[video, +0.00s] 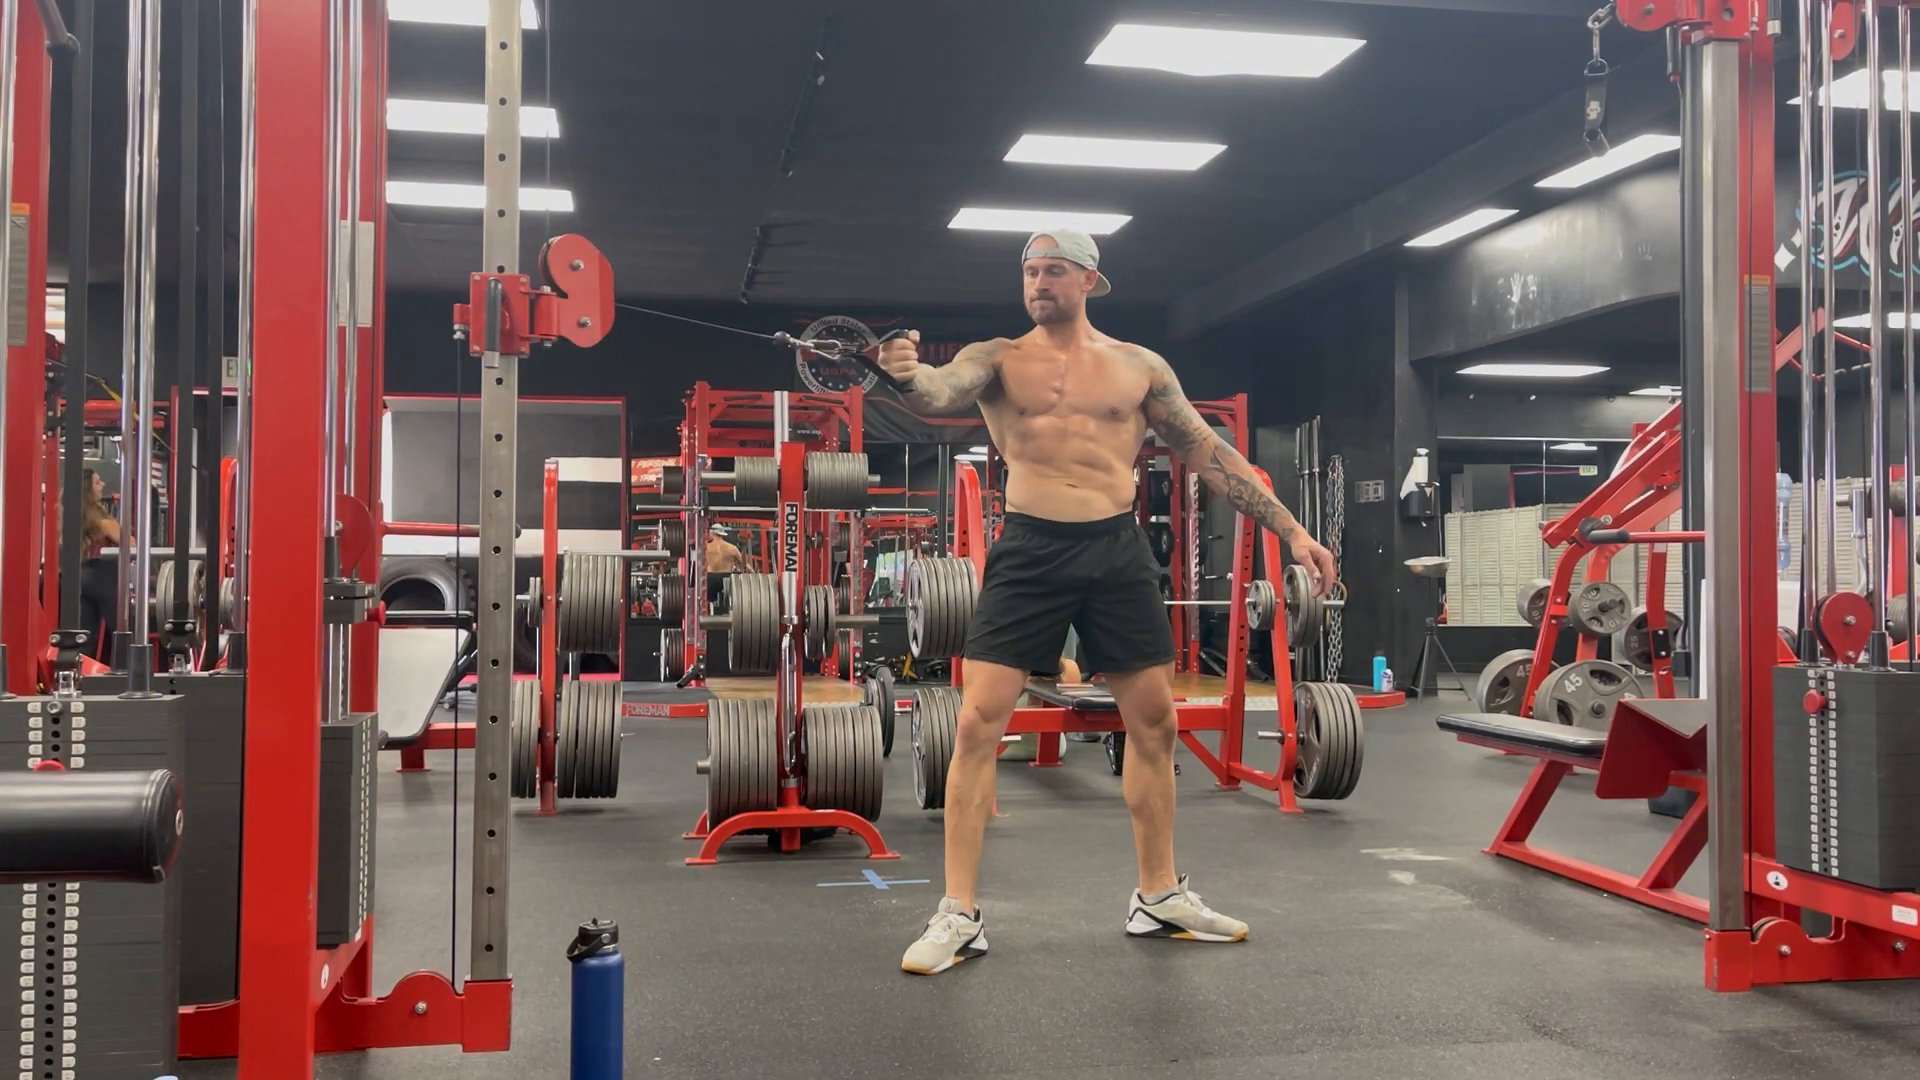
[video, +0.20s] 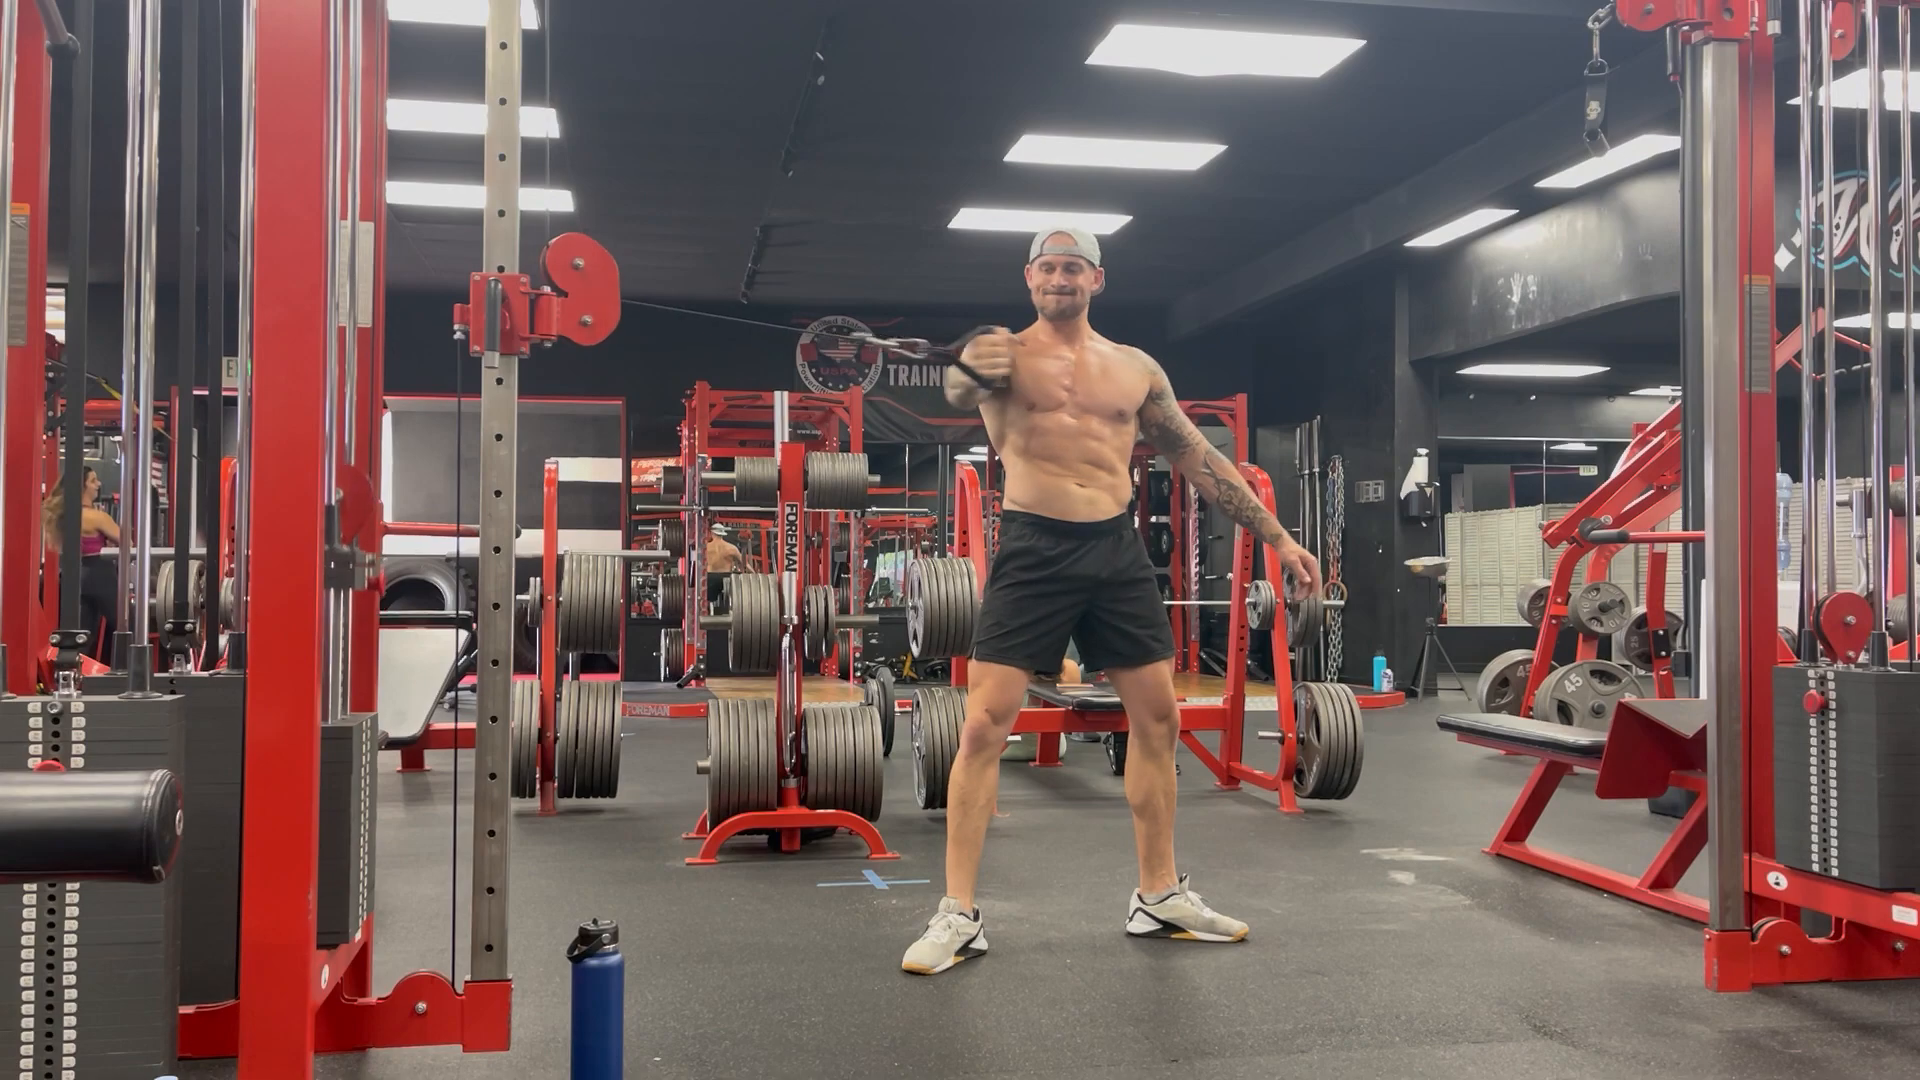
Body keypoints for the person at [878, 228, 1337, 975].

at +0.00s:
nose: (1039, 281)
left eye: (1054, 269)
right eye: (1031, 270)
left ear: (1090, 280)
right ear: (1022, 281)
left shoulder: (1142, 367)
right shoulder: (996, 356)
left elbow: (1217, 459)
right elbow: (939, 393)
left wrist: (1294, 531)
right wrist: (907, 373)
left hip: (1119, 552)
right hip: (1027, 552)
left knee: (1155, 720)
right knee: (977, 723)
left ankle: (1157, 895)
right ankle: (958, 909)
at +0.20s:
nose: (1060, 276)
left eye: (1075, 265)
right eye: (1048, 264)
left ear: (1097, 282)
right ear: (1028, 278)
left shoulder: (1137, 368)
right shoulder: (999, 349)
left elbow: (1207, 465)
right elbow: (950, 396)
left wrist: (1279, 537)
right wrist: (974, 371)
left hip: (1118, 551)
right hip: (1030, 550)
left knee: (1158, 719)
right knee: (982, 727)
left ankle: (1159, 895)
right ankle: (957, 910)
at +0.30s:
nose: (1076, 279)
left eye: (1088, 269)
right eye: (1062, 266)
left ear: (1104, 284)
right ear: (1035, 276)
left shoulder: (1134, 370)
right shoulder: (999, 348)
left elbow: (1195, 471)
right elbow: (991, 385)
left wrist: (1262, 547)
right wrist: (1035, 377)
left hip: (1118, 554)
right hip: (1033, 551)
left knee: (1158, 716)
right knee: (987, 725)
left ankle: (1158, 894)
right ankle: (957, 910)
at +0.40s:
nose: (1086, 278)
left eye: (1097, 268)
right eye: (1071, 265)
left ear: (1108, 284)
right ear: (1040, 279)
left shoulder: (1122, 372)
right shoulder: (1004, 346)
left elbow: (1175, 472)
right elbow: (1029, 391)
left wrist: (1233, 551)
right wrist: (1114, 374)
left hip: (1118, 552)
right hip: (1037, 548)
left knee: (1157, 715)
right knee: (988, 728)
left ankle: (1159, 894)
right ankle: (957, 910)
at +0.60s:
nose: (1107, 283)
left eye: (1114, 274)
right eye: (1092, 269)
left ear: (1116, 287)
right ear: (1050, 277)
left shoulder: (1115, 377)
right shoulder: (1020, 346)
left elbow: (1135, 476)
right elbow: (1092, 389)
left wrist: (1179, 556)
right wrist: (1220, 389)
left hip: (1115, 555)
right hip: (1039, 550)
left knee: (1151, 717)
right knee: (999, 733)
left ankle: (1158, 894)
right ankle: (959, 910)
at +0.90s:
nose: (1122, 287)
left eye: (1125, 277)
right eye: (1109, 273)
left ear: (1099, 286)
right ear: (1063, 277)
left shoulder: (1094, 361)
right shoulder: (1049, 343)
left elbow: (1088, 481)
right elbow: (1155, 398)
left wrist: (1139, 534)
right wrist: (1264, 408)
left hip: (1115, 556)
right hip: (1053, 549)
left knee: (1147, 718)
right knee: (1014, 733)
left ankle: (1159, 894)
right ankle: (961, 910)